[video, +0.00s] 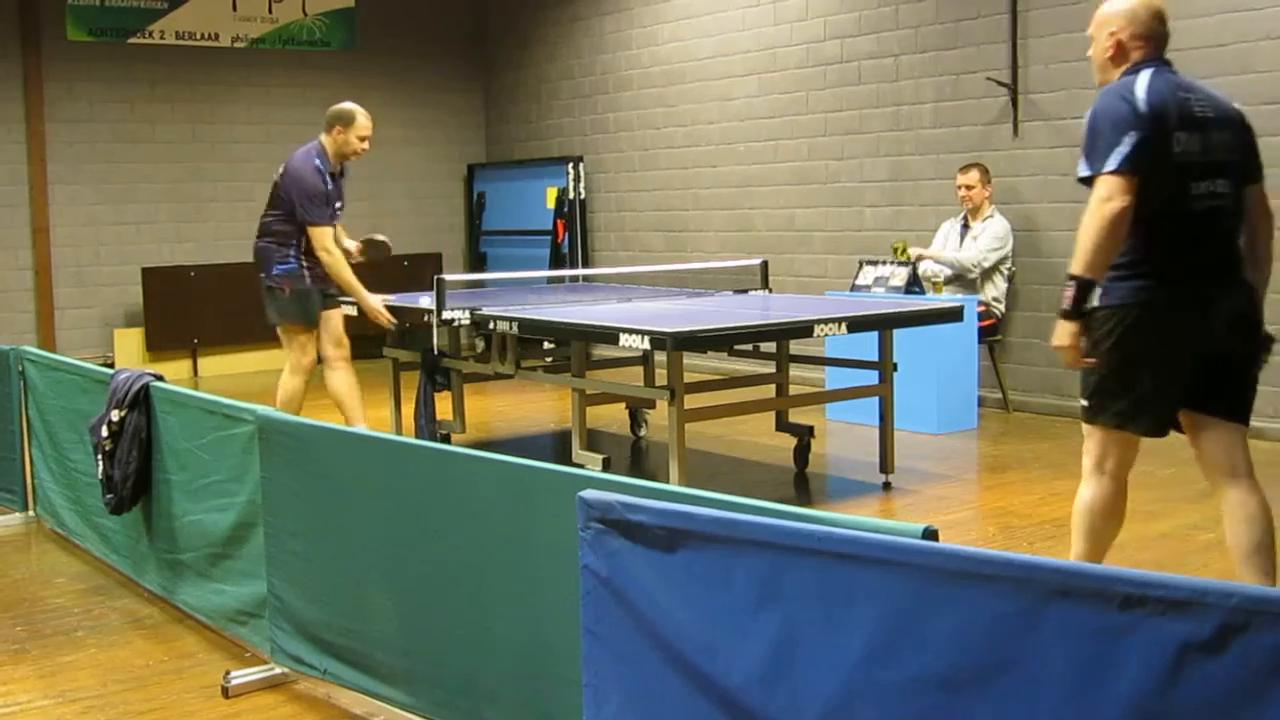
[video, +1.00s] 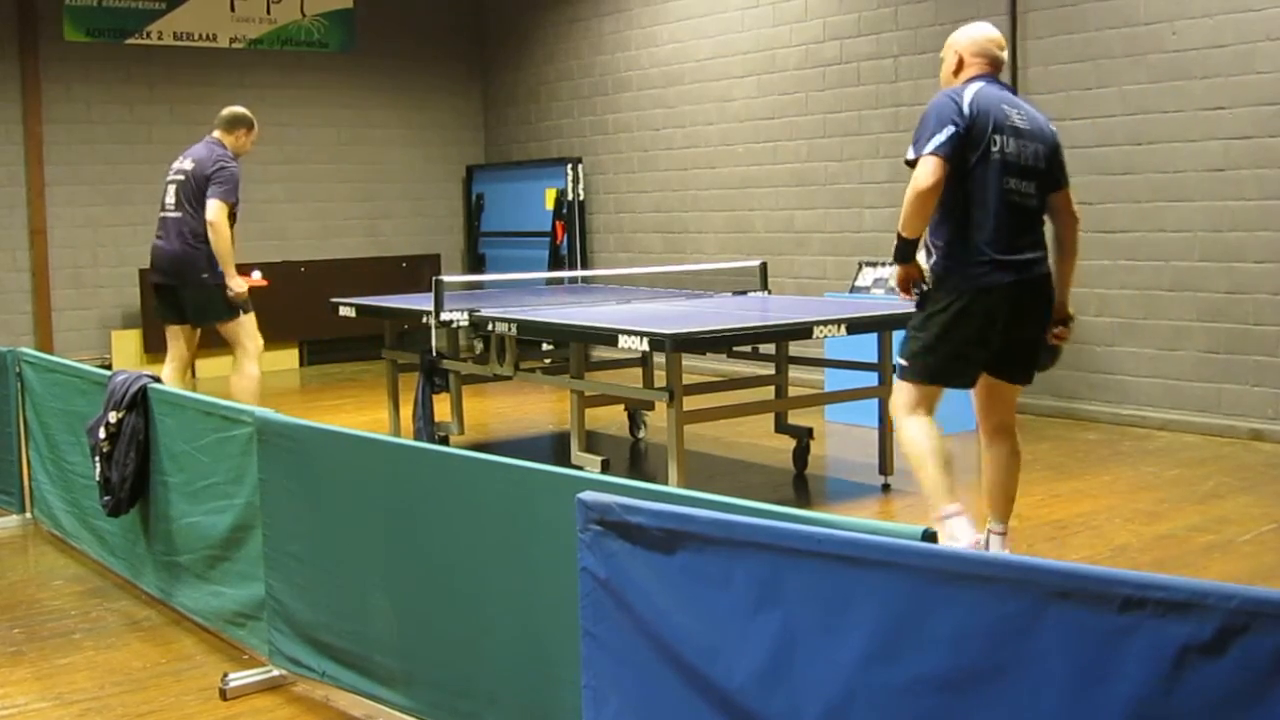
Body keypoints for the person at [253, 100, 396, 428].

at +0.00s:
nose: (366, 147)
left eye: (368, 140)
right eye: (361, 139)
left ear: (341, 135)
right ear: (336, 132)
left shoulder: (334, 165)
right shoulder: (307, 170)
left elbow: (327, 216)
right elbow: (323, 250)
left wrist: (345, 241)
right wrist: (365, 299)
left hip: (317, 259)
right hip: (284, 262)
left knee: (337, 351)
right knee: (301, 359)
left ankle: (360, 438)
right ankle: (278, 444)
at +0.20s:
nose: (355, 148)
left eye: (357, 140)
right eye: (352, 140)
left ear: (328, 135)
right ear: (331, 135)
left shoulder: (292, 151)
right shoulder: (310, 173)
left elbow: (276, 211)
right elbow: (329, 249)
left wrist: (302, 249)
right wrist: (376, 292)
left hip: (258, 252)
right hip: (268, 260)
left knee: (301, 344)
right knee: (290, 354)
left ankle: (305, 429)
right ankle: (276, 441)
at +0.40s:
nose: (326, 140)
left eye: (328, 133)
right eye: (325, 132)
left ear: (296, 125)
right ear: (308, 127)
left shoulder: (259, 150)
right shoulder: (292, 166)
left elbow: (253, 218)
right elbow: (300, 239)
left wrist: (283, 255)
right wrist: (333, 261)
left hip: (226, 254)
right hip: (258, 260)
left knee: (239, 345)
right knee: (285, 354)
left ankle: (210, 426)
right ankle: (278, 441)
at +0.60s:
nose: (289, 143)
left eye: (291, 137)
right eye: (290, 136)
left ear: (259, 127)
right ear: (276, 131)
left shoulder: (228, 155)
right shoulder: (259, 165)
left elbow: (226, 226)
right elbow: (263, 229)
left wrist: (263, 265)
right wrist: (295, 255)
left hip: (204, 261)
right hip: (234, 264)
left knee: (204, 353)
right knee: (272, 353)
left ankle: (172, 427)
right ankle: (274, 443)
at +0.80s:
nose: (263, 147)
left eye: (265, 140)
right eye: (264, 140)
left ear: (231, 129)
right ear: (255, 135)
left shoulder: (201, 157)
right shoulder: (235, 166)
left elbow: (195, 218)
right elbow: (229, 222)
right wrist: (252, 273)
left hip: (175, 262)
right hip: (210, 264)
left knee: (186, 353)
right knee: (251, 352)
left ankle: (167, 433)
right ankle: (267, 441)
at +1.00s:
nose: (250, 147)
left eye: (252, 141)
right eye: (251, 140)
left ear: (218, 129)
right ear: (241, 135)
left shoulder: (188, 156)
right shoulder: (224, 163)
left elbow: (183, 218)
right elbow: (214, 219)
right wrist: (232, 275)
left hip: (164, 264)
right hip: (199, 265)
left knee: (178, 352)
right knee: (249, 345)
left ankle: (168, 433)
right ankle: (245, 437)